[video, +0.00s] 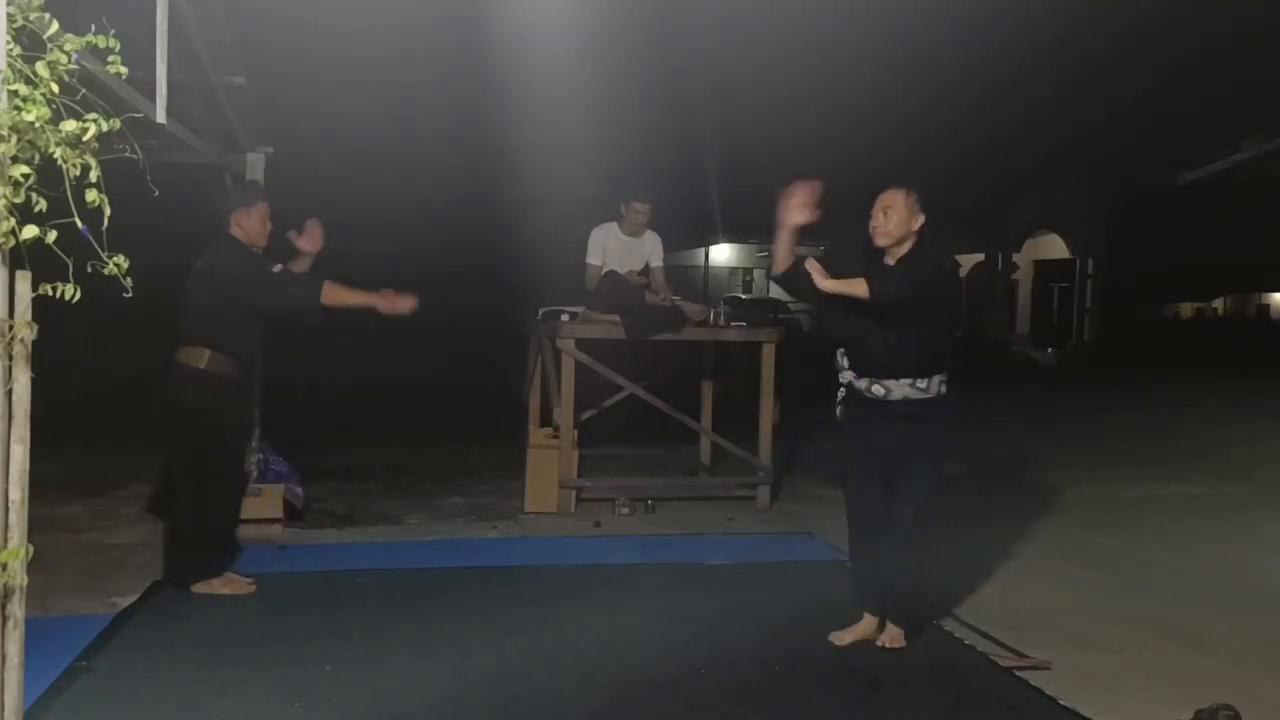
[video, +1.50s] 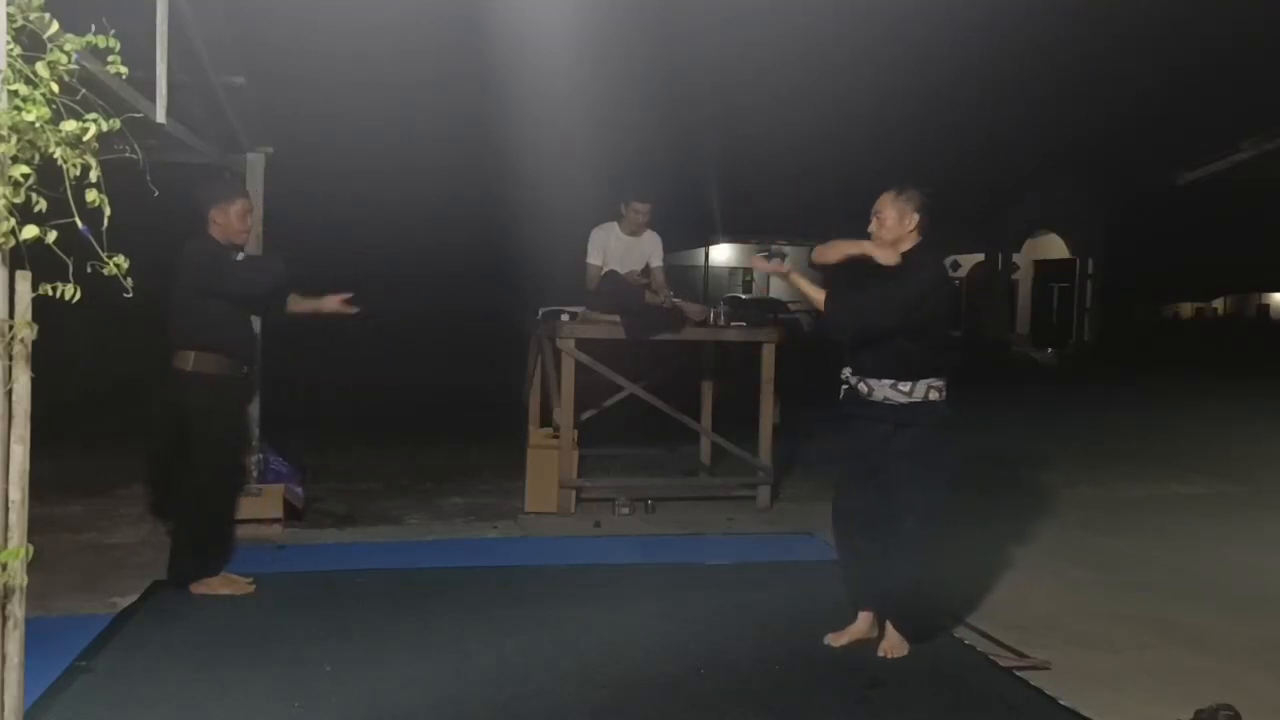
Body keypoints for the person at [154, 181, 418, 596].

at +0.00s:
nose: (269, 226)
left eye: (269, 218)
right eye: (263, 218)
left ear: (241, 221)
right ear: (239, 220)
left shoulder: (230, 258)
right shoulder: (228, 261)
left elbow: (278, 282)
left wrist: (304, 256)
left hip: (214, 383)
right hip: (205, 385)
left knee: (214, 473)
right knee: (212, 475)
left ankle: (208, 565)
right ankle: (202, 572)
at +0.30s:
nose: (262, 221)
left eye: (261, 213)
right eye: (256, 213)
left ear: (230, 217)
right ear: (230, 216)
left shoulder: (218, 256)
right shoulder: (217, 260)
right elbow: (289, 274)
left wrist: (262, 256)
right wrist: (330, 234)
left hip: (214, 387)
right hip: (207, 390)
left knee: (214, 474)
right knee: (212, 477)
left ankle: (207, 566)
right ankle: (199, 572)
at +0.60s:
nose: (256, 219)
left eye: (254, 211)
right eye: (249, 212)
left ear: (224, 219)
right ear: (222, 217)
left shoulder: (220, 258)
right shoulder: (209, 260)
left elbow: (268, 290)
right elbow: (280, 289)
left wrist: (315, 280)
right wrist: (321, 240)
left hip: (215, 385)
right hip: (203, 388)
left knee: (215, 475)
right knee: (208, 477)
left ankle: (206, 567)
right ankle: (198, 572)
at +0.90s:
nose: (240, 221)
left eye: (242, 213)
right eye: (229, 214)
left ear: (244, 217)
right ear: (204, 218)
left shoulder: (221, 260)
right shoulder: (205, 258)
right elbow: (264, 270)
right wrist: (325, 256)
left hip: (220, 387)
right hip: (203, 389)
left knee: (221, 476)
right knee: (208, 477)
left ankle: (211, 567)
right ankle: (198, 573)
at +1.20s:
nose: (242, 220)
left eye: (247, 212)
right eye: (232, 212)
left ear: (251, 216)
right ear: (209, 217)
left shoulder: (232, 263)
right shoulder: (203, 253)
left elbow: (285, 301)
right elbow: (244, 256)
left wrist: (263, 268)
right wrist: (301, 243)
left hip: (224, 385)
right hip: (201, 386)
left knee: (220, 475)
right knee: (212, 476)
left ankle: (208, 567)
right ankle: (199, 572)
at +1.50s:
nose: (249, 223)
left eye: (250, 214)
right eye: (242, 215)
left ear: (227, 219)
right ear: (215, 218)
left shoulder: (222, 262)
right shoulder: (202, 259)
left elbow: (266, 300)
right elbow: (257, 285)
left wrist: (319, 305)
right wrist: (271, 258)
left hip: (220, 382)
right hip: (203, 383)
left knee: (216, 473)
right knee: (213, 474)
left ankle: (201, 568)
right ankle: (200, 572)